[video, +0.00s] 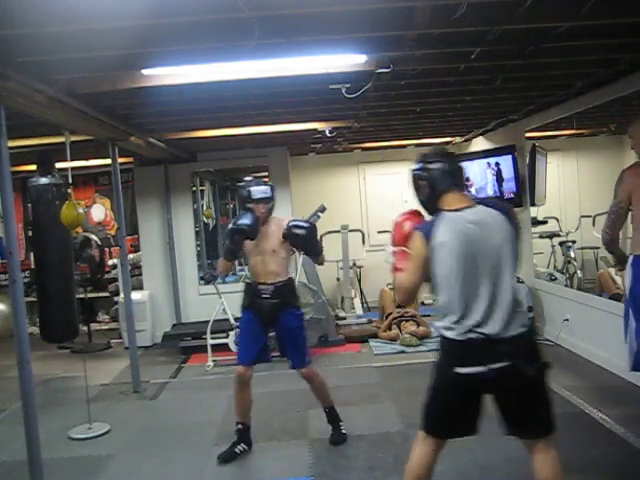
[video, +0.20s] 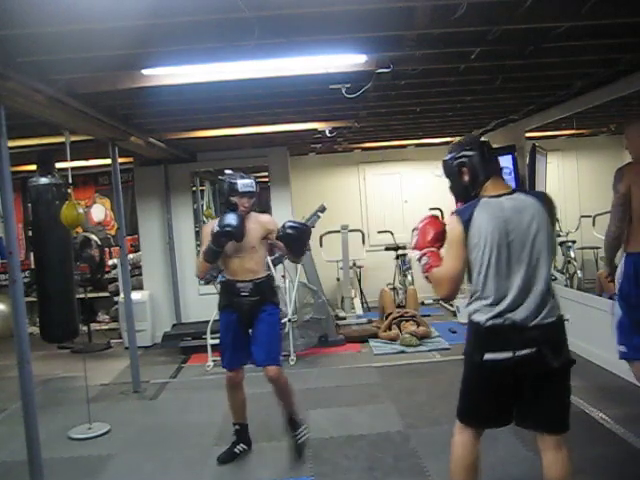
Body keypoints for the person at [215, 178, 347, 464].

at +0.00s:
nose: (259, 209)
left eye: (264, 203)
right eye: (254, 204)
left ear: (271, 203)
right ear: (246, 205)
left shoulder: (286, 226)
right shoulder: (242, 231)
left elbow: (319, 258)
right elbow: (223, 269)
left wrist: (310, 240)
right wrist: (234, 241)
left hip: (285, 299)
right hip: (254, 301)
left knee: (305, 369)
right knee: (242, 373)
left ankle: (335, 422)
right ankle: (243, 439)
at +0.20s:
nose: (245, 203)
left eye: (249, 197)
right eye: (240, 197)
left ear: (255, 197)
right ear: (227, 198)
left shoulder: (265, 222)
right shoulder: (213, 228)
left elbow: (293, 257)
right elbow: (201, 273)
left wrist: (298, 243)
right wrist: (217, 244)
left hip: (264, 299)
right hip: (230, 301)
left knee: (272, 371)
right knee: (233, 376)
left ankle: (294, 423)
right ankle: (242, 438)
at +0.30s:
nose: (242, 202)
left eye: (246, 196)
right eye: (236, 196)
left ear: (250, 198)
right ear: (221, 196)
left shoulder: (258, 222)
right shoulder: (204, 226)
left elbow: (289, 258)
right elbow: (193, 271)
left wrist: (295, 242)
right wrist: (212, 243)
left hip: (257, 301)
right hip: (224, 303)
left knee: (261, 376)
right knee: (231, 377)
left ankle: (264, 453)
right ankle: (241, 438)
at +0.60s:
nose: (241, 202)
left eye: (243, 196)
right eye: (235, 196)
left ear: (243, 198)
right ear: (217, 196)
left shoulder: (249, 225)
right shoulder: (195, 228)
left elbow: (276, 264)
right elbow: (184, 277)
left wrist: (290, 248)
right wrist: (209, 246)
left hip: (246, 311)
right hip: (209, 312)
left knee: (245, 393)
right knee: (201, 394)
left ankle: (242, 464)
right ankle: (209, 444)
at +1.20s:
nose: (263, 206)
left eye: (264, 200)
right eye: (259, 199)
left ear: (241, 197)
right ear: (240, 196)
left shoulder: (248, 225)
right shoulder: (207, 228)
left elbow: (271, 256)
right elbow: (215, 282)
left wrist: (303, 250)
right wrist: (250, 248)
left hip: (252, 323)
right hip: (221, 329)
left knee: (287, 400)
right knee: (221, 418)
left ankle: (270, 471)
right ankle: (205, 477)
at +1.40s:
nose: (286, 209)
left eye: (286, 202)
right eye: (282, 201)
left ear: (264, 198)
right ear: (265, 197)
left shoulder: (270, 226)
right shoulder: (224, 224)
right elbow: (225, 279)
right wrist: (268, 248)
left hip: (262, 324)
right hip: (231, 328)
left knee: (297, 403)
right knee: (229, 421)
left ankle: (298, 472)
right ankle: (207, 476)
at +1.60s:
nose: (297, 198)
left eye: (299, 192)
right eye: (294, 190)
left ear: (276, 189)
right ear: (277, 187)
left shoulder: (279, 223)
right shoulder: (239, 223)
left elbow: (312, 242)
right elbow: (245, 279)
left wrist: (350, 230)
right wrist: (284, 243)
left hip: (278, 321)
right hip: (248, 327)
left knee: (298, 403)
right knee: (260, 418)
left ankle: (299, 472)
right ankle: (231, 476)